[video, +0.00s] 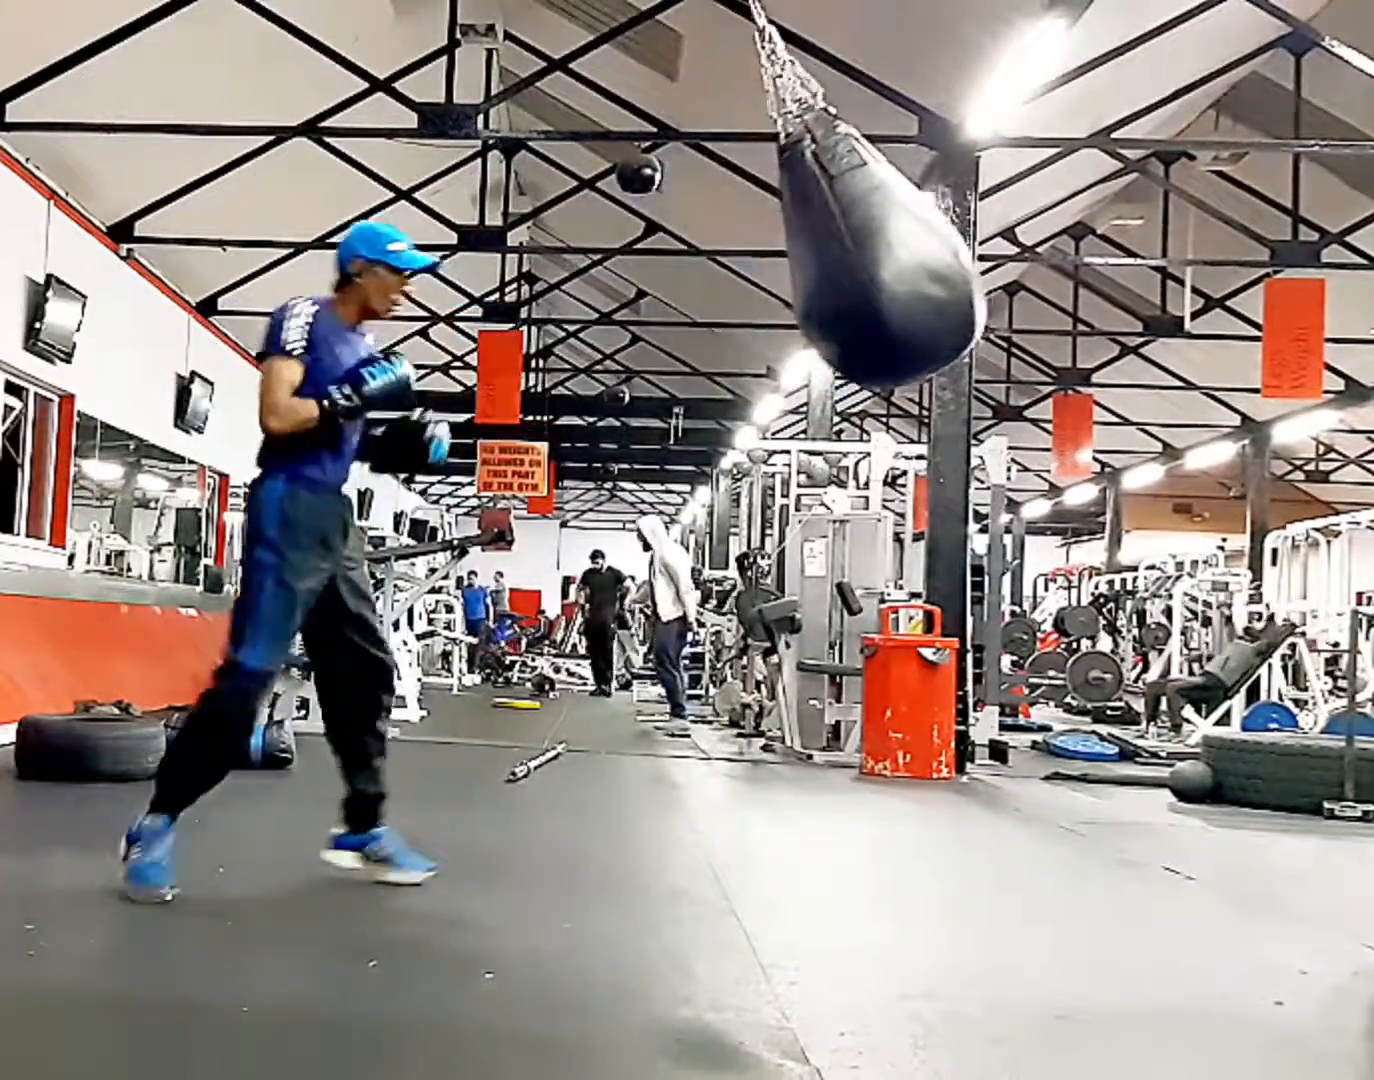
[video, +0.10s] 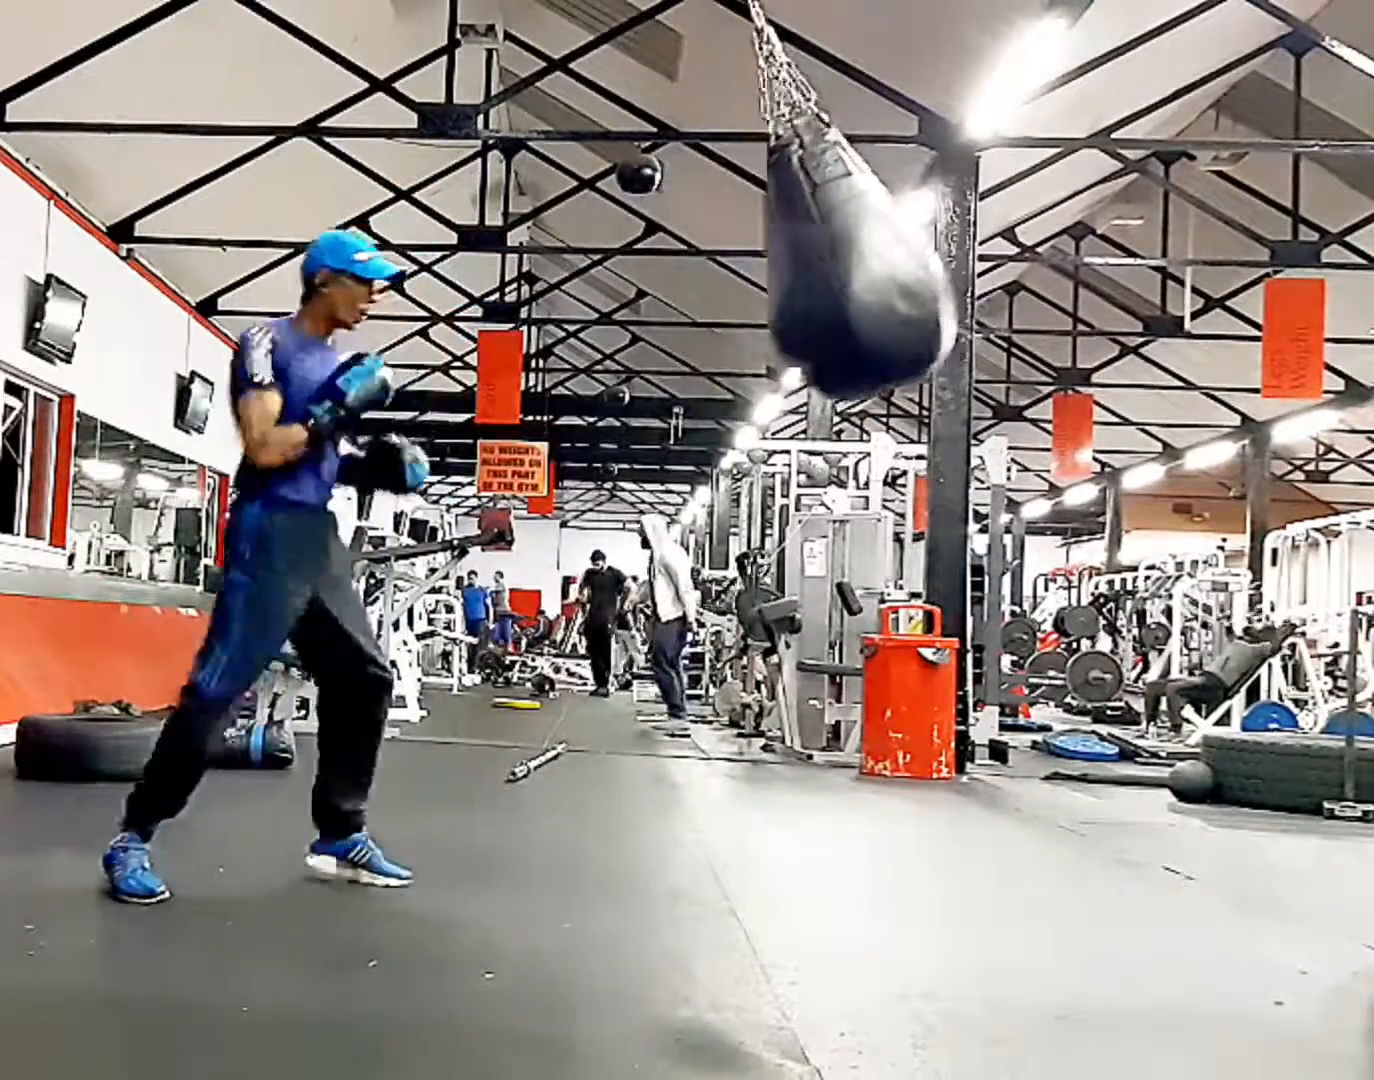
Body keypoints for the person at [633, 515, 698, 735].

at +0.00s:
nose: (638, 538)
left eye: (640, 534)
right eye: (638, 534)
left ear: (651, 534)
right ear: (652, 533)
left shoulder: (670, 553)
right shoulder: (655, 556)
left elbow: (685, 585)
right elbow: (652, 586)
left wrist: (691, 616)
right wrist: (633, 600)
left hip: (673, 616)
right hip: (662, 616)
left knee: (666, 662)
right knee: (667, 662)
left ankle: (678, 710)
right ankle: (676, 708)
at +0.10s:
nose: (639, 537)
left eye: (642, 532)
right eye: (640, 532)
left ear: (653, 533)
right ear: (653, 533)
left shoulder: (670, 553)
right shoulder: (655, 556)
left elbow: (685, 586)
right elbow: (653, 585)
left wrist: (690, 616)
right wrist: (635, 599)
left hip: (672, 616)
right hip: (661, 616)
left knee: (662, 661)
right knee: (669, 662)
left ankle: (678, 712)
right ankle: (677, 710)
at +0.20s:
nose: (639, 535)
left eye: (642, 531)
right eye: (640, 531)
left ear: (652, 532)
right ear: (654, 532)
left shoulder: (668, 554)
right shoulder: (653, 555)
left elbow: (683, 585)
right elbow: (652, 586)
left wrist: (690, 616)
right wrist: (638, 604)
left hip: (671, 617)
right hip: (661, 616)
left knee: (665, 665)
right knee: (668, 664)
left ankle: (676, 711)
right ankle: (676, 708)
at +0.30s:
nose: (638, 534)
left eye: (641, 530)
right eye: (639, 530)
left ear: (651, 531)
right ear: (653, 531)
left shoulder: (667, 553)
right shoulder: (651, 555)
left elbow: (683, 585)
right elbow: (649, 588)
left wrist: (691, 615)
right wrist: (636, 606)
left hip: (671, 616)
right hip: (660, 616)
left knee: (667, 665)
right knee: (667, 665)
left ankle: (676, 710)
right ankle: (675, 708)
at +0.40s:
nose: (636, 533)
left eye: (639, 529)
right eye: (637, 528)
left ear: (650, 531)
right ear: (651, 530)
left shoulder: (665, 552)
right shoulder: (650, 553)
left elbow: (682, 582)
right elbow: (649, 584)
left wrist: (691, 614)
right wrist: (638, 606)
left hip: (672, 616)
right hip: (661, 616)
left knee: (667, 665)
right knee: (667, 664)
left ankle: (676, 710)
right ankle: (675, 708)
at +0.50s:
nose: (632, 534)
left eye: (635, 529)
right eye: (633, 529)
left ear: (646, 531)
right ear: (648, 531)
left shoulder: (662, 552)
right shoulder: (650, 553)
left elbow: (682, 580)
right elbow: (652, 584)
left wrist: (691, 613)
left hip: (671, 616)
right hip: (662, 616)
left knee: (667, 665)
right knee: (669, 665)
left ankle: (676, 711)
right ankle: (676, 708)